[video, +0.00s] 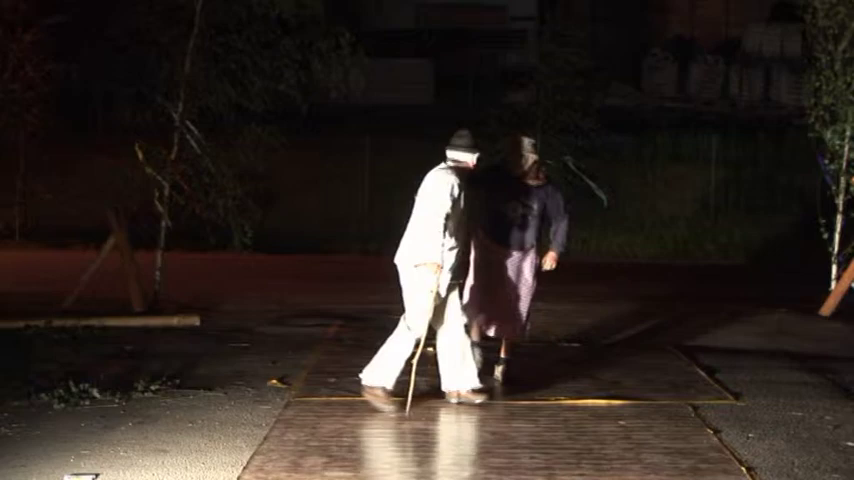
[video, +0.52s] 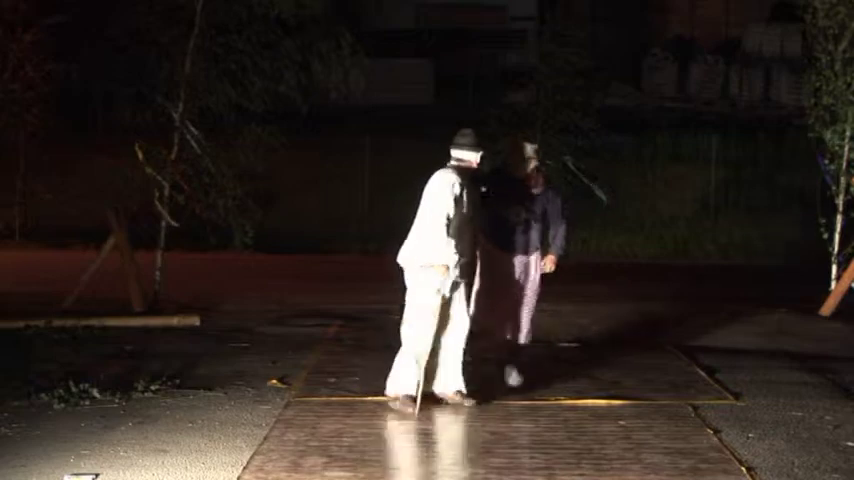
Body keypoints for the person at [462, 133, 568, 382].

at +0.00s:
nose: (520, 161)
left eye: (525, 156)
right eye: (517, 156)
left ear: (533, 158)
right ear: (507, 156)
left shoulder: (542, 188)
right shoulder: (490, 179)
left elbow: (559, 220)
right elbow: (472, 209)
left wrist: (554, 249)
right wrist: (472, 237)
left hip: (522, 254)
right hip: (487, 249)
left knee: (515, 307)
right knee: (478, 302)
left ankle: (502, 362)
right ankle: (474, 349)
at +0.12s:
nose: (520, 161)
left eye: (525, 156)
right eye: (517, 156)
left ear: (533, 158)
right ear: (507, 156)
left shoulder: (542, 188)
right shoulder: (490, 179)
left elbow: (559, 220)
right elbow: (472, 209)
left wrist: (554, 249)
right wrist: (472, 237)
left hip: (522, 254)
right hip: (487, 249)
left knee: (515, 307)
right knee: (478, 302)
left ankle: (502, 362)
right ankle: (474, 349)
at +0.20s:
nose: (520, 161)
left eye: (525, 156)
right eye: (517, 156)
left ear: (533, 158)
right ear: (507, 156)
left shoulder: (542, 188)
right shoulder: (490, 179)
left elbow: (559, 220)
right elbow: (472, 209)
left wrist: (554, 249)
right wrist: (472, 237)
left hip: (522, 254)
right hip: (487, 249)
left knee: (515, 307)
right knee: (478, 302)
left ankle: (502, 362)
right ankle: (474, 349)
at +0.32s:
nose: (520, 161)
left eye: (525, 156)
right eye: (517, 156)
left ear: (533, 158)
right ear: (507, 156)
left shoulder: (542, 188)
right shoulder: (490, 179)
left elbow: (559, 220)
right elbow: (472, 209)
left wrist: (554, 249)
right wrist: (472, 237)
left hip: (522, 254)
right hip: (487, 249)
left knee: (515, 307)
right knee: (478, 302)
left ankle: (502, 362)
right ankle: (474, 349)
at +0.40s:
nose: (520, 161)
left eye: (525, 156)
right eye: (516, 156)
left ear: (533, 158)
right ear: (507, 156)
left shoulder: (542, 188)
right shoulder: (490, 179)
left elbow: (559, 220)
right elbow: (472, 209)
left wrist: (554, 249)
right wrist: (472, 237)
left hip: (522, 254)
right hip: (487, 249)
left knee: (515, 307)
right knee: (478, 302)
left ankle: (502, 362)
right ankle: (474, 349)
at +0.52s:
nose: (524, 165)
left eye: (529, 160)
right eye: (520, 160)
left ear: (535, 161)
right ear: (510, 160)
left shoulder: (542, 189)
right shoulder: (497, 182)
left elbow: (556, 222)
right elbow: (484, 214)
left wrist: (553, 252)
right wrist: (482, 242)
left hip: (529, 254)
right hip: (496, 253)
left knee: (523, 308)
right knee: (490, 306)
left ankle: (513, 363)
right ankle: (483, 361)